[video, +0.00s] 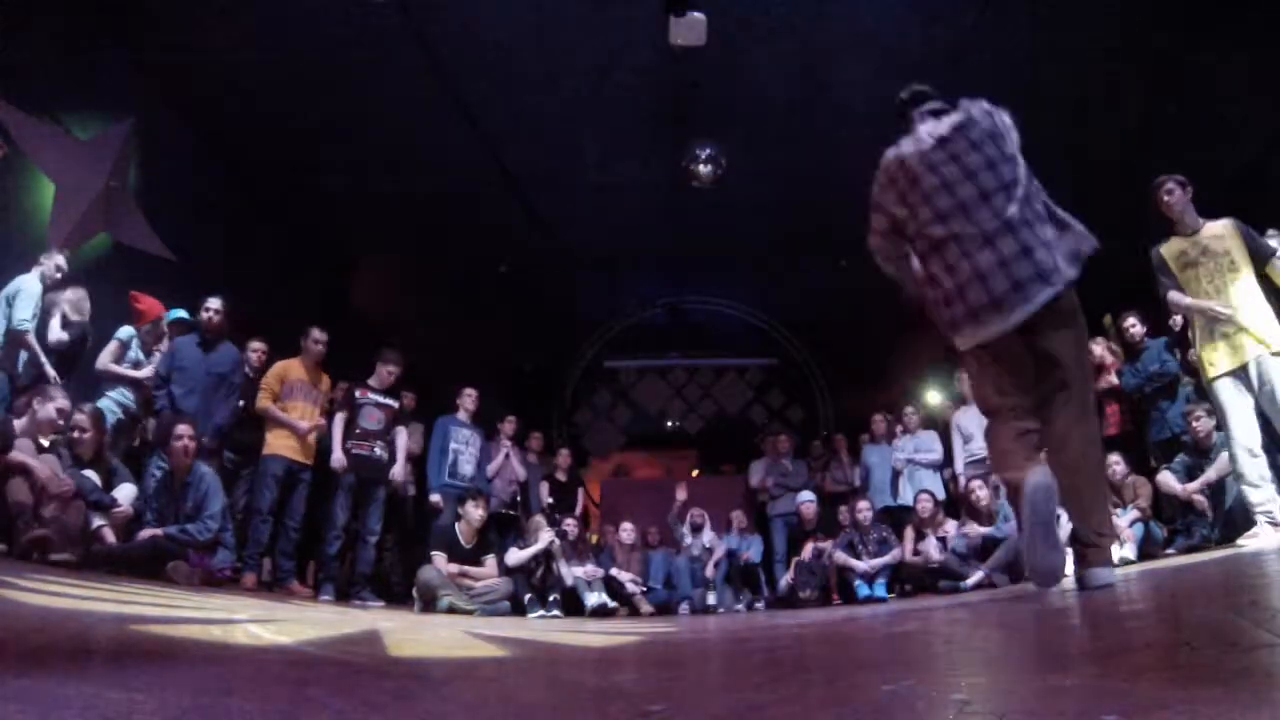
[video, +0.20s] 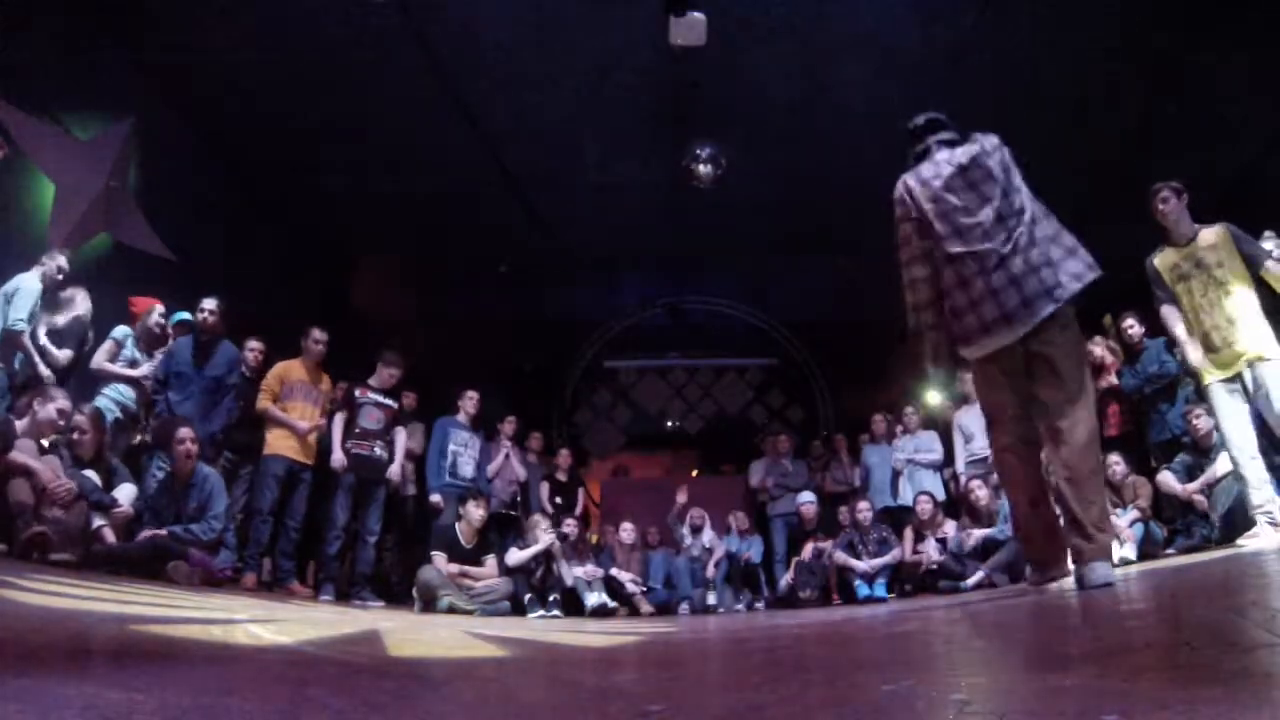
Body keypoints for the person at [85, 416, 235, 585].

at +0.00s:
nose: (186, 445)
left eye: (191, 439)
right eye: (179, 439)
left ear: (197, 445)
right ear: (168, 447)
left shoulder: (207, 478)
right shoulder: (163, 480)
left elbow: (207, 532)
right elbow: (151, 518)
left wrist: (162, 533)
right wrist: (150, 534)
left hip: (210, 553)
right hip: (174, 546)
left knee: (155, 545)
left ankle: (95, 556)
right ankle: (177, 572)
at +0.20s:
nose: (189, 448)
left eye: (193, 442)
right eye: (181, 442)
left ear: (198, 447)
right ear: (170, 449)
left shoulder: (211, 480)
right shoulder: (166, 483)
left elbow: (212, 530)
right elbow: (151, 515)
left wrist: (168, 534)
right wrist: (148, 532)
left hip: (210, 552)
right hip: (173, 547)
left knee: (157, 544)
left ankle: (92, 554)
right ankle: (182, 575)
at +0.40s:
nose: (196, 442)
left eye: (202, 438)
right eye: (191, 434)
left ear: (205, 447)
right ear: (177, 439)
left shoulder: (210, 476)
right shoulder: (166, 477)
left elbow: (209, 529)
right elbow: (152, 519)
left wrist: (165, 532)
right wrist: (150, 534)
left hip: (210, 553)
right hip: (173, 545)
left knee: (156, 543)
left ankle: (92, 556)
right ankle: (180, 574)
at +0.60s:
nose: (194, 448)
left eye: (199, 442)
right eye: (187, 442)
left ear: (203, 449)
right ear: (176, 448)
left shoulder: (211, 479)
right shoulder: (165, 482)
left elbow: (211, 532)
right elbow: (151, 525)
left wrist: (166, 533)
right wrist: (150, 536)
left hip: (212, 553)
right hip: (174, 547)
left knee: (156, 544)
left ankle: (95, 555)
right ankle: (181, 574)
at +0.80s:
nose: (199, 448)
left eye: (203, 442)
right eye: (192, 442)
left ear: (208, 447)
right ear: (180, 448)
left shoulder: (214, 478)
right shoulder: (165, 481)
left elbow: (224, 515)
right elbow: (152, 522)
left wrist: (182, 520)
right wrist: (144, 541)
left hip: (211, 555)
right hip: (171, 547)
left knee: (164, 543)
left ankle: (99, 556)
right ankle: (182, 575)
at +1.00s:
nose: (205, 440)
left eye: (210, 435)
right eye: (199, 433)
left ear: (214, 441)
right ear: (183, 436)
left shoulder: (217, 469)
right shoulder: (165, 471)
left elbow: (244, 482)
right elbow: (154, 519)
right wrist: (139, 546)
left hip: (214, 557)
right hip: (175, 546)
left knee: (159, 541)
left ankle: (96, 555)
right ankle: (185, 576)